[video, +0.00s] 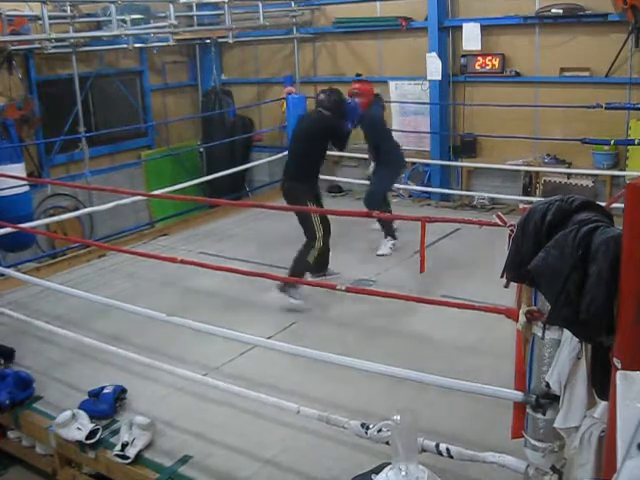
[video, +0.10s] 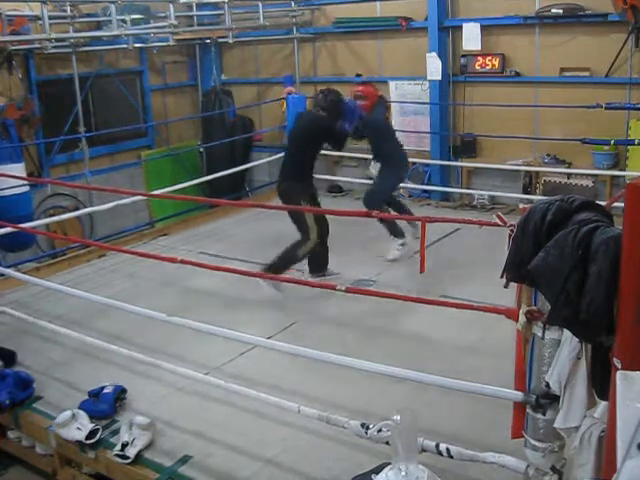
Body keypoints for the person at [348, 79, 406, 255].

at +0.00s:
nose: (354, 101)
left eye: (357, 97)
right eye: (353, 97)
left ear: (366, 98)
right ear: (367, 99)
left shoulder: (370, 117)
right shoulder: (369, 112)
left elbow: (376, 143)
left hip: (391, 159)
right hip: (385, 157)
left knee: (373, 199)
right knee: (378, 194)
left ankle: (390, 236)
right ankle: (386, 220)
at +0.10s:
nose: (358, 103)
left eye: (361, 99)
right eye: (357, 99)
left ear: (371, 100)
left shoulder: (374, 119)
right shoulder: (373, 115)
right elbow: (359, 133)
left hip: (395, 163)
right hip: (393, 161)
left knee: (371, 200)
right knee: (385, 195)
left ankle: (400, 239)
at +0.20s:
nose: (361, 105)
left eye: (365, 101)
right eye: (360, 101)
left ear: (375, 103)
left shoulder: (382, 117)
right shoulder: (373, 117)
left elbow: (375, 137)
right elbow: (356, 138)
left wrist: (355, 128)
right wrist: (349, 126)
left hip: (395, 167)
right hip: (389, 167)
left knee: (377, 208)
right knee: (394, 202)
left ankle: (399, 249)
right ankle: (419, 228)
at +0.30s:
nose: (370, 103)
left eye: (375, 99)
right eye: (369, 98)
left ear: (385, 102)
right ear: (369, 100)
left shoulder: (389, 125)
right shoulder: (373, 118)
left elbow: (389, 156)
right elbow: (359, 122)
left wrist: (361, 151)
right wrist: (346, 118)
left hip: (392, 173)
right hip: (380, 171)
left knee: (385, 215)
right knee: (389, 205)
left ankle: (393, 260)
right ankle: (414, 227)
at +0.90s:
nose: (381, 105)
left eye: (384, 100)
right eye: (380, 100)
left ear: (395, 99)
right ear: (383, 99)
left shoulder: (408, 119)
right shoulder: (394, 115)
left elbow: (396, 148)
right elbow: (377, 138)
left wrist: (383, 133)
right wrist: (364, 121)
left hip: (418, 170)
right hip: (408, 168)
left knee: (394, 214)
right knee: (408, 205)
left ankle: (395, 262)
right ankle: (432, 236)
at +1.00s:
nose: (394, 104)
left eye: (397, 100)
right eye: (392, 100)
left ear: (407, 99)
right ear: (393, 100)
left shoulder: (417, 118)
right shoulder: (398, 115)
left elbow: (403, 143)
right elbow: (382, 138)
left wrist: (390, 124)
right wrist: (374, 118)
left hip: (425, 173)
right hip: (417, 172)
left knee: (396, 216)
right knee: (421, 211)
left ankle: (398, 266)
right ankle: (458, 236)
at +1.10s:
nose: (408, 111)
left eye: (410, 107)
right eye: (407, 107)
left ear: (417, 107)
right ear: (419, 107)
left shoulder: (432, 129)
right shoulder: (420, 127)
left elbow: (418, 152)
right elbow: (397, 143)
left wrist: (406, 134)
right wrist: (386, 121)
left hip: (432, 186)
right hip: (432, 185)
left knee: (400, 217)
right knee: (438, 220)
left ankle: (399, 267)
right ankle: (482, 238)